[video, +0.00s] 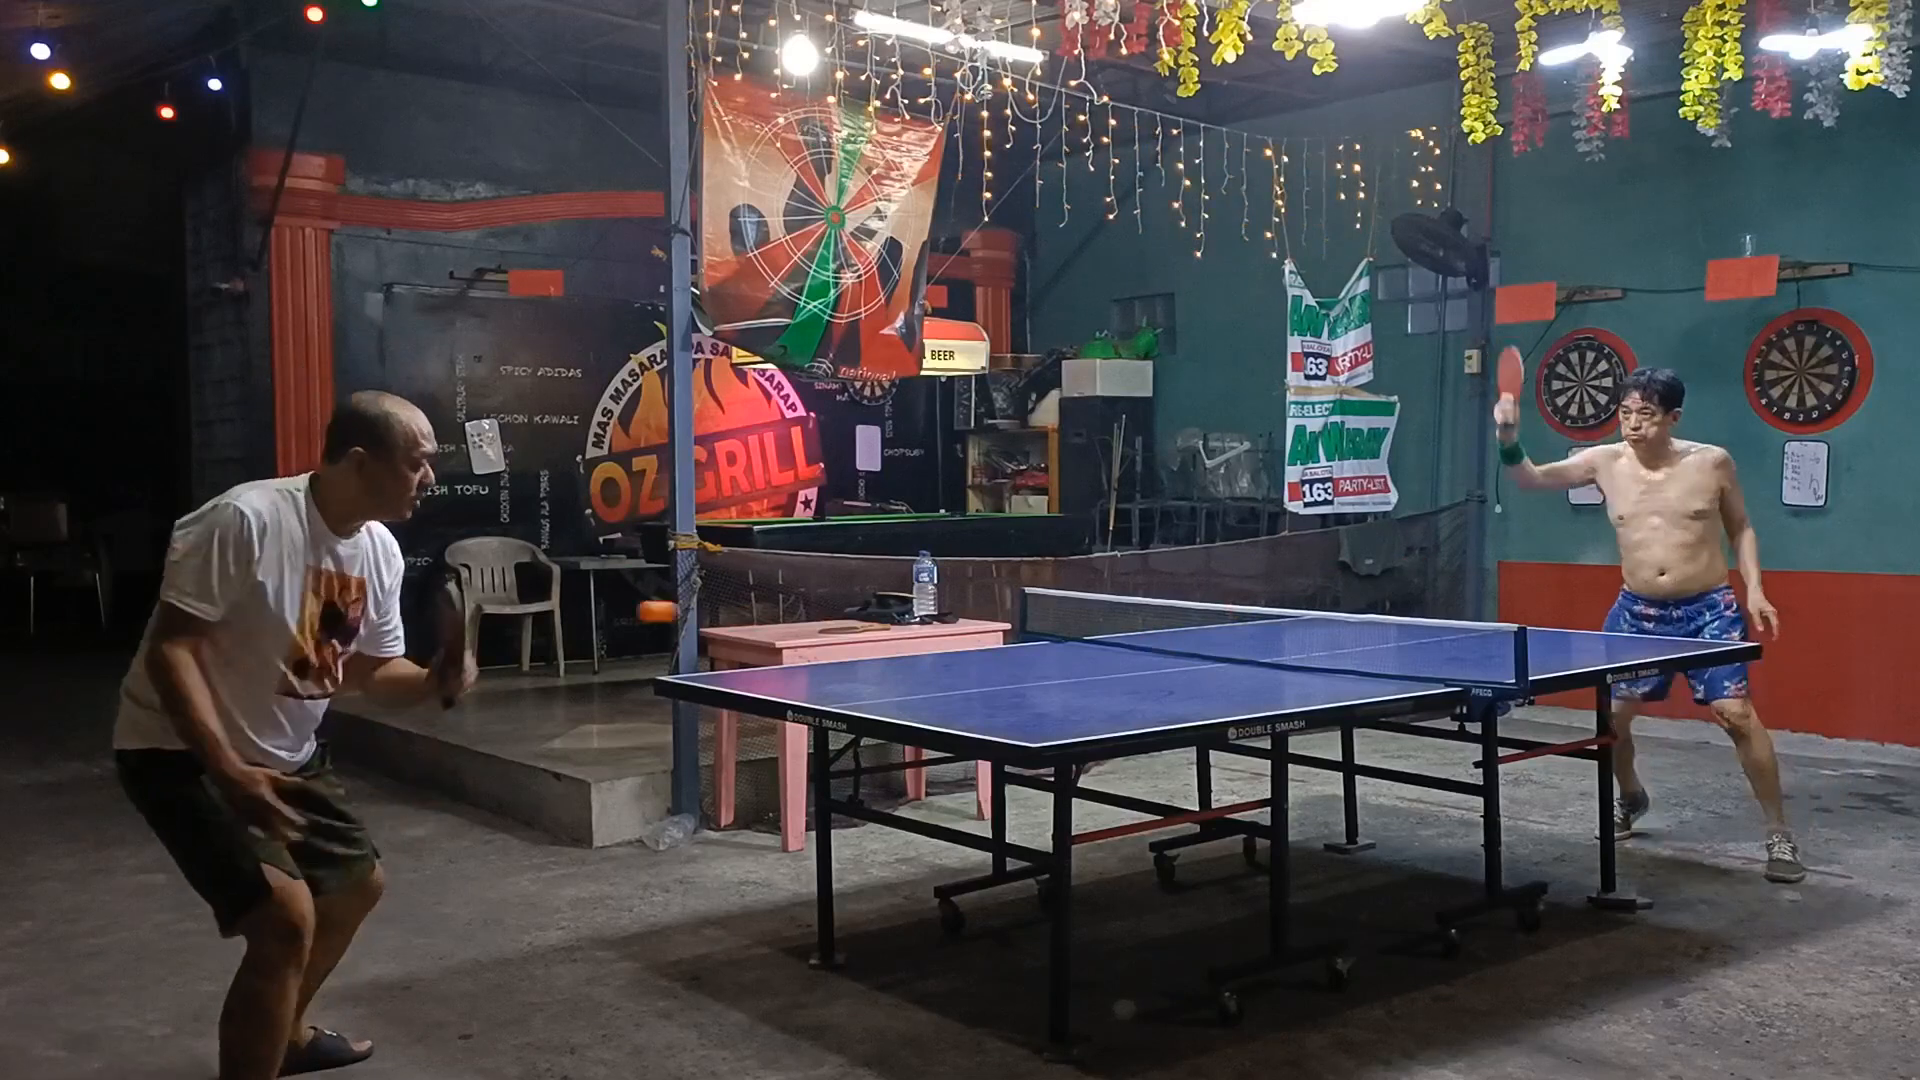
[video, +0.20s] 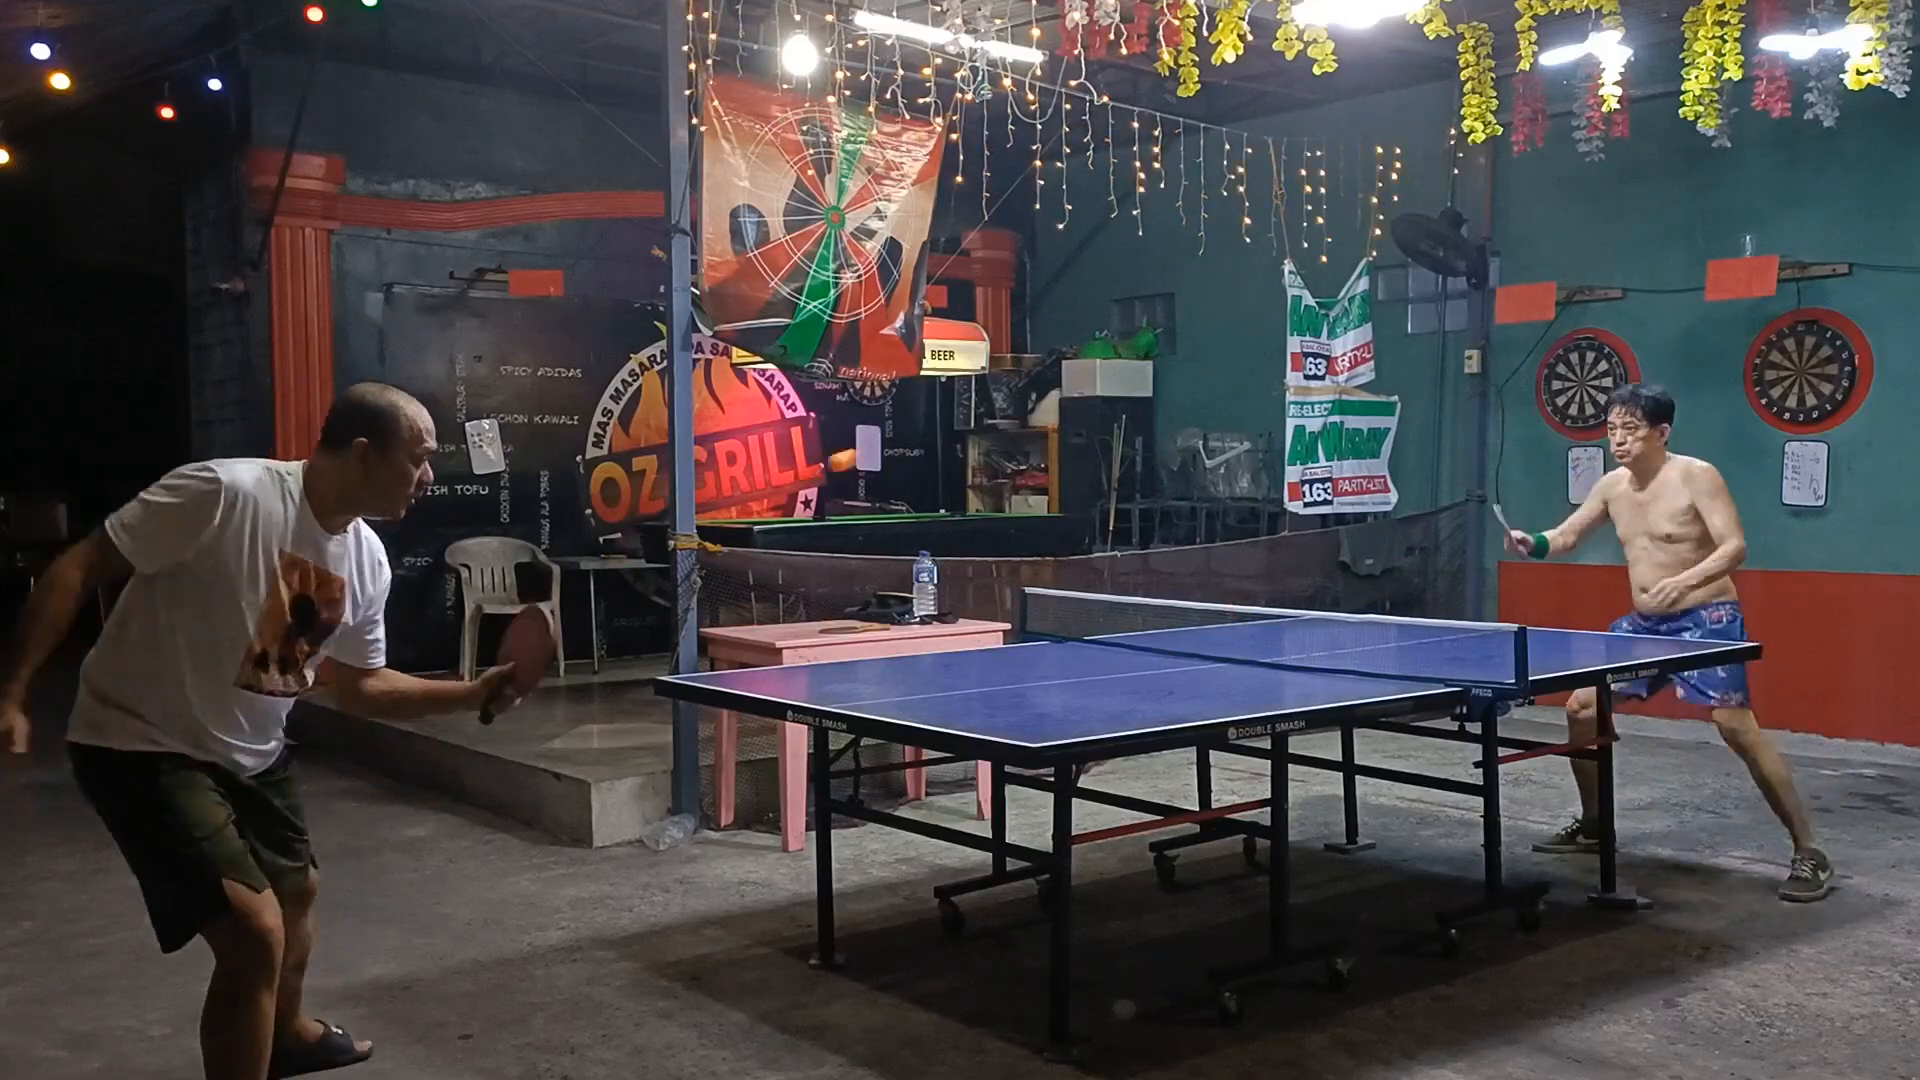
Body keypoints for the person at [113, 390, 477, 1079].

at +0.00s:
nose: (430, 476)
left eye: (430, 461)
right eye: (417, 461)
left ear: (373, 465)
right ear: (359, 460)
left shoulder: (379, 548)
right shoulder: (242, 520)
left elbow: (369, 671)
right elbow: (168, 647)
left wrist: (435, 683)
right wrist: (229, 766)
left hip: (285, 753)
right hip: (181, 752)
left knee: (355, 885)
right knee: (285, 916)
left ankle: (285, 1035)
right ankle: (248, 1070)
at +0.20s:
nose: (428, 480)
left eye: (430, 463)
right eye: (419, 460)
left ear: (368, 455)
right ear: (361, 450)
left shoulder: (366, 557)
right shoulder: (225, 493)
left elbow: (356, 684)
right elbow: (78, 566)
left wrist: (475, 693)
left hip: (249, 746)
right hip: (140, 740)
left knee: (296, 890)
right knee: (252, 932)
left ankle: (285, 1033)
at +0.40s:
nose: (385, 432)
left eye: (386, 415)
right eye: (377, 412)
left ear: (323, 411)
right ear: (324, 407)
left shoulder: (301, 507)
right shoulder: (201, 461)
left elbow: (283, 648)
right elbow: (45, 533)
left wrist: (376, 745)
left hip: (194, 727)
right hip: (101, 728)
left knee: (264, 880)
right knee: (228, 921)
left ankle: (168, 1065)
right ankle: (222, 1069)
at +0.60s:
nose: (305, 431)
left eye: (303, 414)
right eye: (293, 413)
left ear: (243, 427)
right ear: (245, 425)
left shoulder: (229, 527)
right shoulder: (135, 500)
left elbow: (215, 666)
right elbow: (22, 619)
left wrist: (270, 781)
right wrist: (1, 787)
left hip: (132, 777)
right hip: (46, 775)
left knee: (213, 926)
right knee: (144, 974)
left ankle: (128, 1068)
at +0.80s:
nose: (185, 403)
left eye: (182, 386)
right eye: (175, 384)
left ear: (122, 397)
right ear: (121, 393)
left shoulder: (85, 493)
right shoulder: (43, 483)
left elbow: (65, 663)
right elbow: (8, 651)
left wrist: (142, 757)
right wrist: (129, 785)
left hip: (75, 814)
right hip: (12, 828)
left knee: (111, 957)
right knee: (2, 1028)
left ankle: (110, 1075)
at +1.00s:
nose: (92, 296)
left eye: (88, 277)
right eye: (80, 275)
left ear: (31, 292)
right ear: (27, 287)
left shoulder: (11, 412)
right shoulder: (3, 414)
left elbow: (8, 592)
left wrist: (28, 700)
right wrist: (37, 683)